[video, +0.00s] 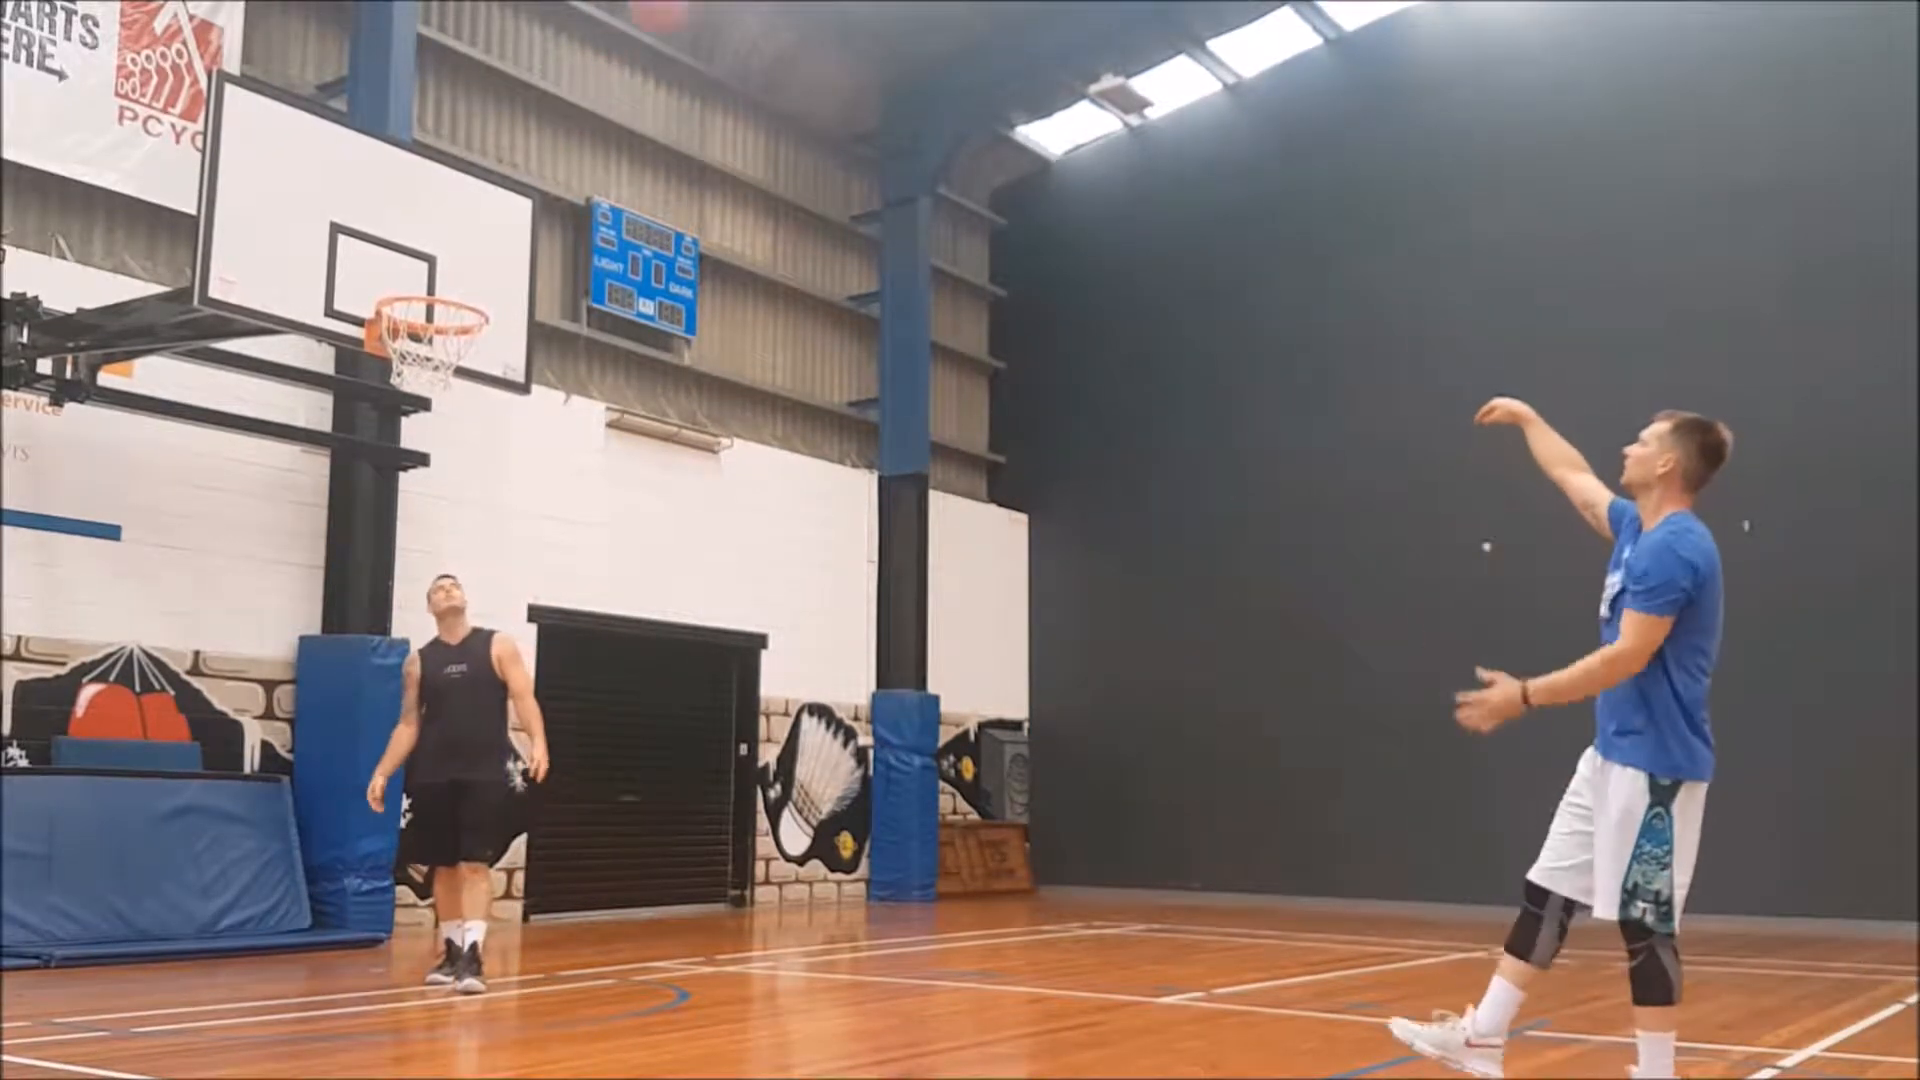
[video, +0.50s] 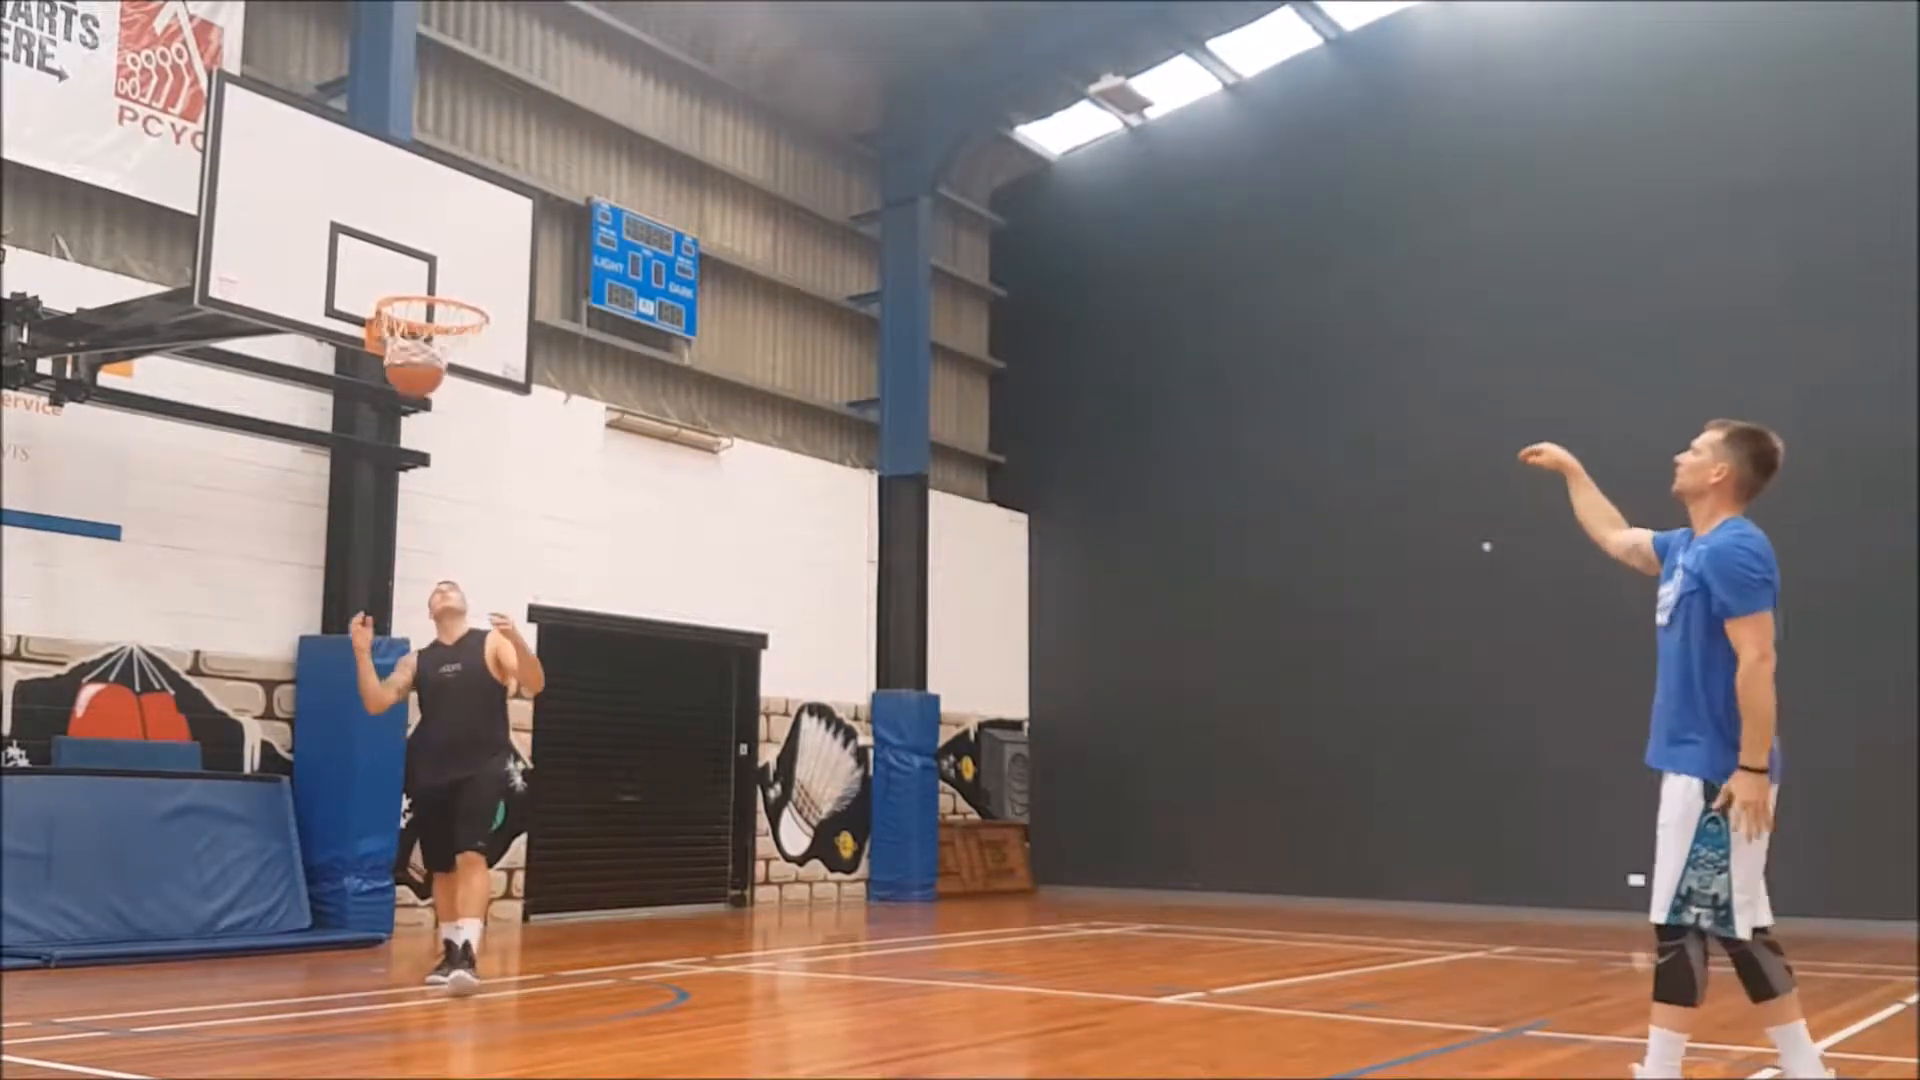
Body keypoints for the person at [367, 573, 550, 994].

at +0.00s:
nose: (447, 589)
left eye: (453, 586)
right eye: (439, 588)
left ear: (467, 601)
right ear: (429, 608)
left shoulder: (498, 645)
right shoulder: (419, 659)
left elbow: (524, 697)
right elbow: (409, 724)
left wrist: (538, 741)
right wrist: (382, 773)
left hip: (485, 773)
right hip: (433, 776)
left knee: (474, 863)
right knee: (444, 866)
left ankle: (472, 958)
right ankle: (451, 955)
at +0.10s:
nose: (444, 590)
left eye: (449, 586)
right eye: (436, 589)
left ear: (463, 601)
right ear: (427, 608)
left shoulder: (496, 644)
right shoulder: (417, 661)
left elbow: (524, 698)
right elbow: (411, 720)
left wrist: (532, 731)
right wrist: (392, 759)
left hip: (483, 773)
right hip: (433, 775)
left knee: (473, 863)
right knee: (443, 865)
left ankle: (471, 959)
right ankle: (451, 956)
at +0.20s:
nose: (443, 591)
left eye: (448, 587)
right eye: (435, 590)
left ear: (461, 601)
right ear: (426, 609)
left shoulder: (495, 644)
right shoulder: (415, 661)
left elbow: (528, 701)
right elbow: (410, 718)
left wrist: (492, 707)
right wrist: (398, 736)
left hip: (483, 771)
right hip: (433, 774)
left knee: (472, 860)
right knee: (443, 864)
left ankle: (471, 959)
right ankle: (451, 955)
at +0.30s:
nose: (443, 592)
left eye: (448, 588)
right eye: (435, 591)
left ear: (461, 603)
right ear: (425, 610)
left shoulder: (494, 643)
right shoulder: (415, 661)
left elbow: (534, 696)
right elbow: (403, 725)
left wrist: (519, 678)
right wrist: (389, 704)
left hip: (483, 769)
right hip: (433, 773)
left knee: (470, 854)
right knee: (442, 863)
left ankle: (468, 956)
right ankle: (449, 955)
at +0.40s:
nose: (444, 591)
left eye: (450, 588)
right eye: (436, 590)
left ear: (464, 607)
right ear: (427, 612)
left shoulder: (490, 643)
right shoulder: (416, 659)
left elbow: (530, 690)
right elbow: (389, 715)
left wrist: (520, 655)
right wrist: (375, 675)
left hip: (485, 767)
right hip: (433, 772)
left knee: (470, 852)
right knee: (442, 863)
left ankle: (466, 955)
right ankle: (449, 955)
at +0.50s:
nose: (446, 590)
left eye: (453, 588)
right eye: (438, 590)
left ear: (467, 608)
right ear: (429, 612)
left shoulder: (491, 642)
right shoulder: (418, 659)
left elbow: (533, 685)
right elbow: (376, 702)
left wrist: (517, 642)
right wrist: (363, 653)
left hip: (484, 768)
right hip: (432, 773)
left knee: (470, 854)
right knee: (441, 867)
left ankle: (466, 957)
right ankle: (450, 956)